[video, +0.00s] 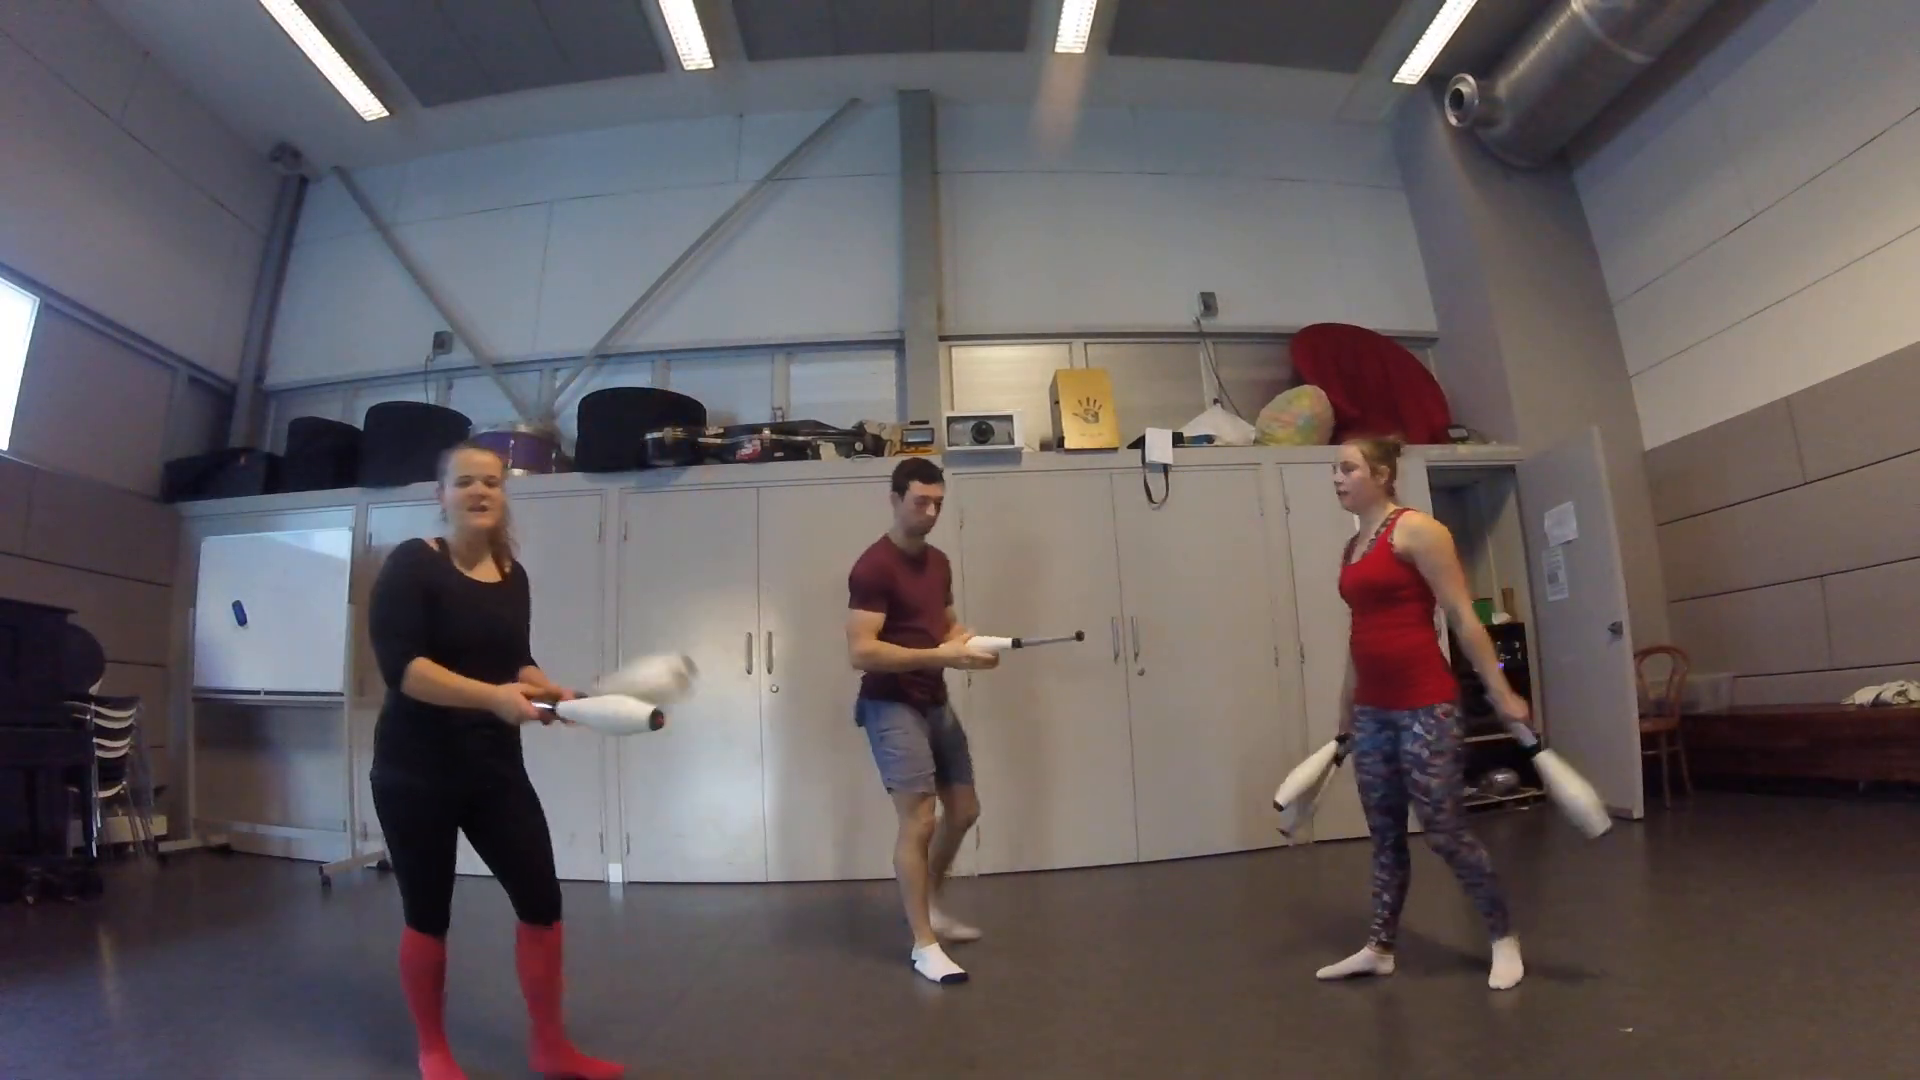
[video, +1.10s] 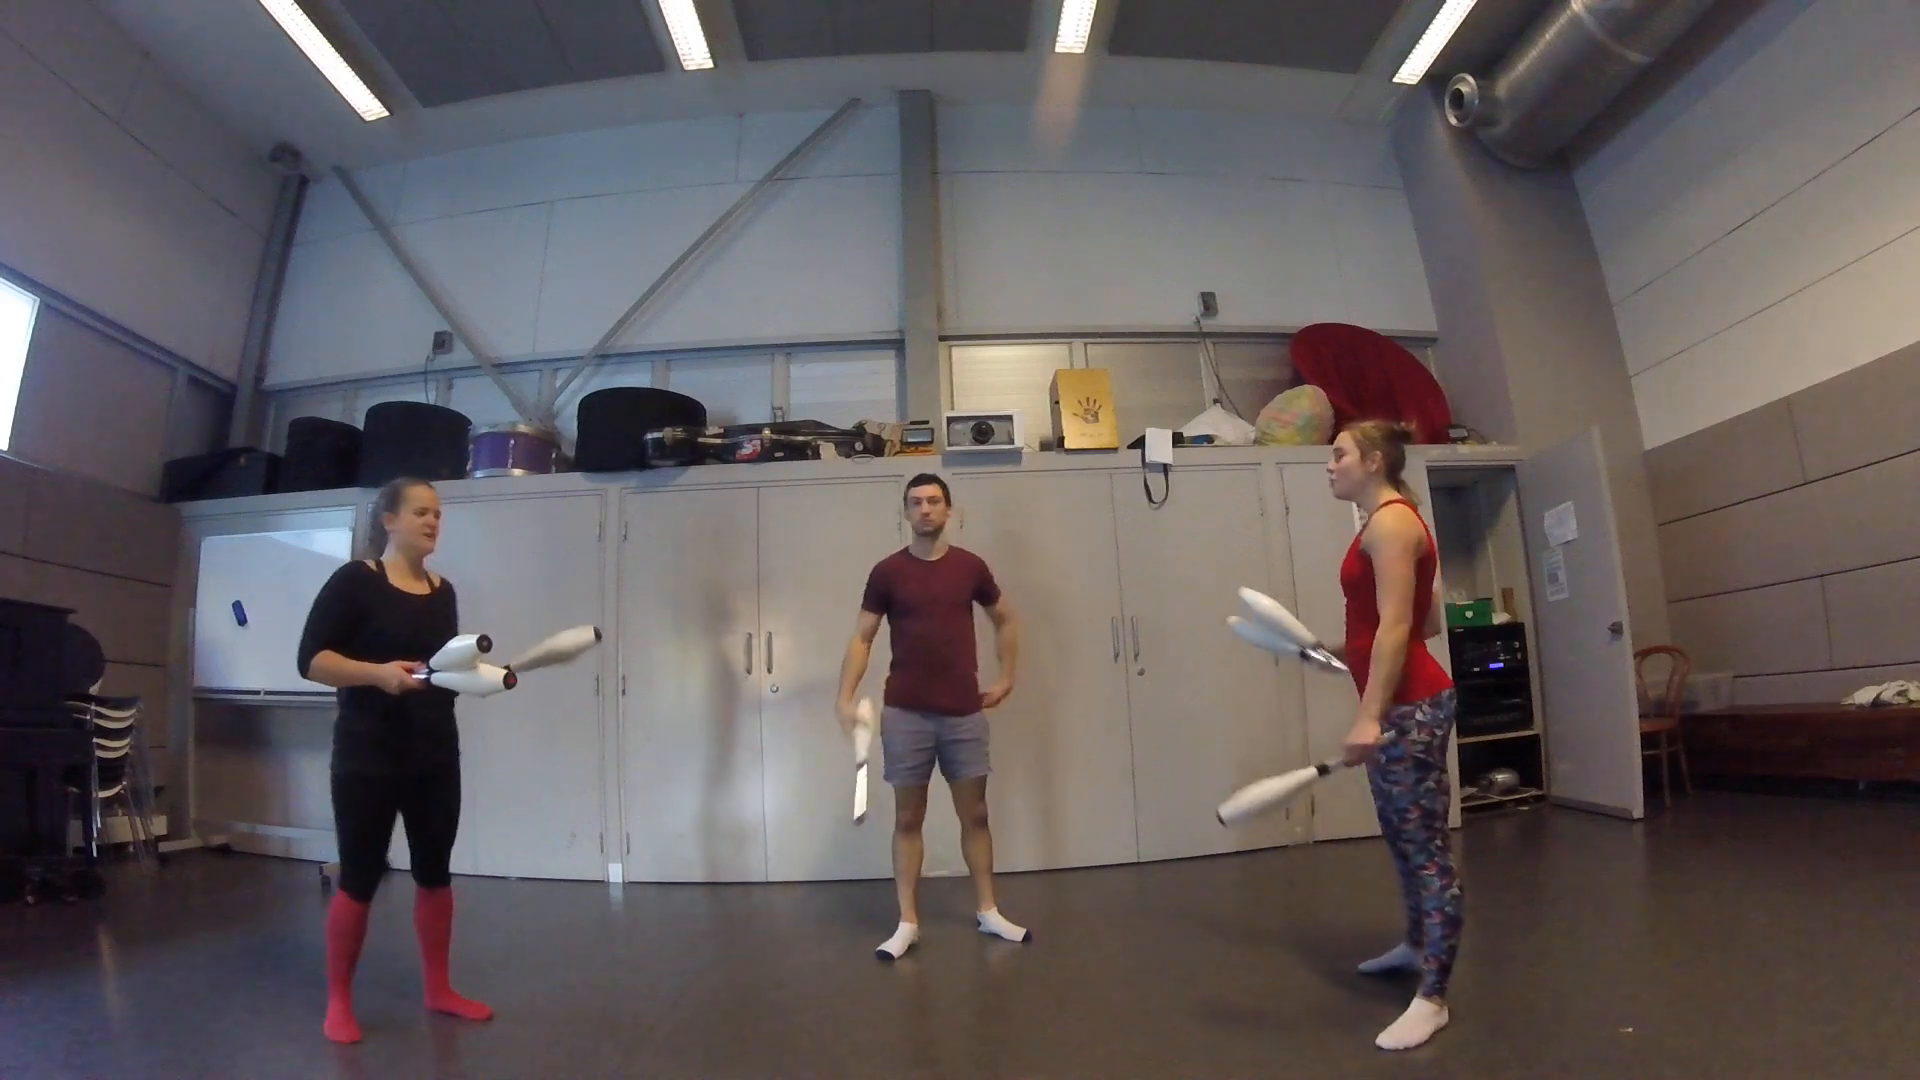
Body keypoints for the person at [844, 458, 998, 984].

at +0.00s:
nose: (930, 511)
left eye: (937, 503)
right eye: (921, 502)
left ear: (941, 505)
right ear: (896, 500)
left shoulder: (937, 562)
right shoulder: (873, 567)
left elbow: (945, 625)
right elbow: (861, 651)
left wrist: (971, 645)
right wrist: (942, 656)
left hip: (932, 700)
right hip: (889, 705)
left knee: (963, 811)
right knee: (918, 820)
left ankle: (927, 902)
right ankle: (923, 944)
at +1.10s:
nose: (925, 509)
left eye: (933, 501)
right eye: (917, 502)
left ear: (948, 510)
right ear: (906, 512)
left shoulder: (971, 567)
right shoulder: (887, 572)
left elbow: (1005, 620)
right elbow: (863, 639)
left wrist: (1007, 681)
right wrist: (845, 699)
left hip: (964, 710)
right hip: (906, 712)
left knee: (975, 814)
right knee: (908, 818)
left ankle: (988, 911)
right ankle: (908, 921)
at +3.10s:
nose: (887, 509)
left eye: (895, 502)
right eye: (878, 502)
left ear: (909, 511)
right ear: (866, 511)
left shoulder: (932, 568)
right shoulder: (849, 576)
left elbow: (956, 634)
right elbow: (837, 648)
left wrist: (973, 698)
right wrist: (830, 720)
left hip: (926, 712)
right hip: (871, 715)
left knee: (920, 815)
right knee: (889, 817)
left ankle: (924, 911)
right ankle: (902, 919)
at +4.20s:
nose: (873, 462)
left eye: (884, 452)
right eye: (872, 454)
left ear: (921, 459)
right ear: (879, 467)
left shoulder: (966, 535)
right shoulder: (862, 544)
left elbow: (997, 619)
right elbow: (844, 631)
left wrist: (1008, 698)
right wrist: (825, 711)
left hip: (954, 722)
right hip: (879, 722)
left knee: (960, 850)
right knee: (871, 854)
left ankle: (968, 980)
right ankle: (867, 1000)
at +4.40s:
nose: (846, 460)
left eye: (856, 449)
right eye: (845, 451)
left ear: (897, 453)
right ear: (878, 457)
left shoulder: (946, 527)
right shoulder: (841, 541)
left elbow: (965, 617)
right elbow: (824, 634)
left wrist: (922, 674)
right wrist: (804, 719)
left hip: (940, 725)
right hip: (861, 725)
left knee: (956, 857)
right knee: (854, 863)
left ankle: (965, 981)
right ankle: (845, 1016)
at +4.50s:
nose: (831, 453)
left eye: (842, 442)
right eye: (832, 443)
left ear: (882, 446)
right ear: (858, 451)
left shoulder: (931, 517)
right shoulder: (827, 535)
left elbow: (923, 607)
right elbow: (813, 632)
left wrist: (837, 638)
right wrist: (786, 716)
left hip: (926, 716)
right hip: (849, 722)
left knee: (964, 855)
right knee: (849, 865)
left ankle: (971, 973)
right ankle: (845, 1015)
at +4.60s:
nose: (818, 451)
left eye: (827, 440)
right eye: (817, 442)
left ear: (868, 442)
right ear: (855, 445)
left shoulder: (915, 511)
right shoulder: (820, 535)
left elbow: (863, 583)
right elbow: (802, 630)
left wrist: (755, 596)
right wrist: (774, 711)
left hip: (917, 714)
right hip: (839, 720)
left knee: (966, 854)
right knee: (844, 866)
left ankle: (990, 971)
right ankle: (845, 1018)